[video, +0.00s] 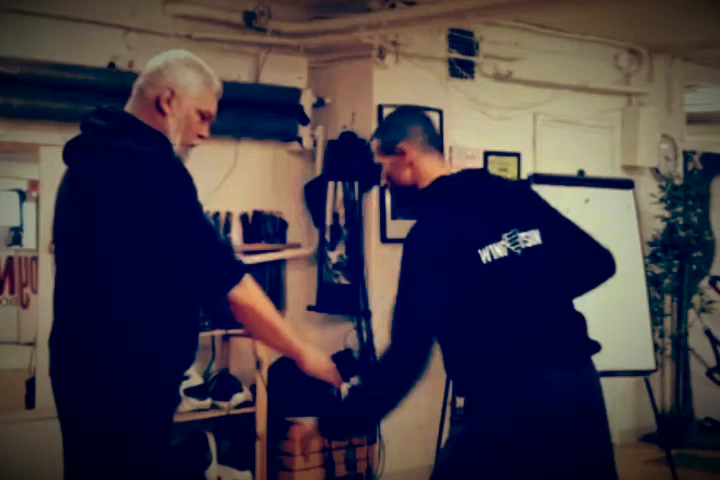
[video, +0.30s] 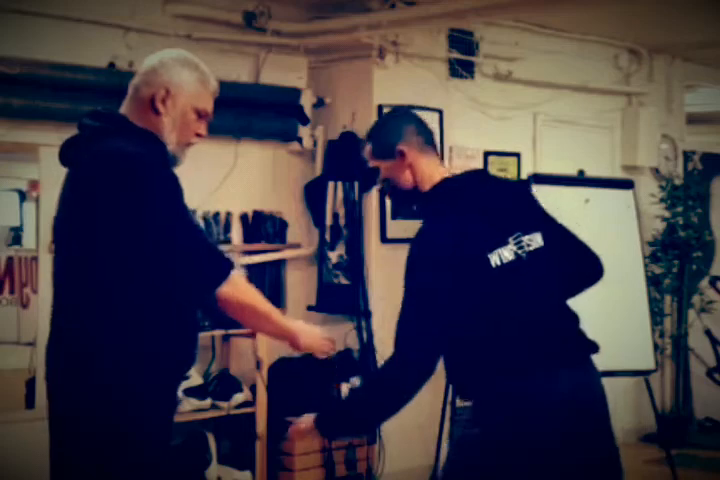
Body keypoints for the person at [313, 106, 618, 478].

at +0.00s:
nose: (386, 178)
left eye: (384, 165)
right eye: (382, 167)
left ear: (405, 152)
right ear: (431, 146)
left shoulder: (430, 232)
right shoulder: (513, 192)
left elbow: (408, 356)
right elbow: (598, 263)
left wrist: (331, 424)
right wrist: (533, 296)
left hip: (498, 407)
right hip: (576, 393)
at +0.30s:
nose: (385, 186)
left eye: (382, 173)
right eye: (379, 176)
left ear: (406, 157)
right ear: (427, 149)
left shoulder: (434, 241)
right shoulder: (508, 192)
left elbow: (414, 360)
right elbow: (586, 266)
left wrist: (330, 423)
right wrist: (523, 298)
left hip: (501, 406)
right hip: (576, 387)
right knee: (598, 473)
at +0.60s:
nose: (404, 169)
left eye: (405, 154)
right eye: (400, 158)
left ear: (436, 140)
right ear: (444, 140)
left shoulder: (455, 232)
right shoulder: (535, 194)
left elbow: (416, 346)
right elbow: (600, 275)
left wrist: (331, 396)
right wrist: (531, 308)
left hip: (514, 403)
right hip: (584, 388)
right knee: (600, 476)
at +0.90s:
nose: (495, 144)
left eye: (503, 130)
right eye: (497, 131)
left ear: (541, 130)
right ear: (544, 130)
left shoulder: (546, 215)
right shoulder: (597, 195)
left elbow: (500, 341)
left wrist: (410, 385)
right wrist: (515, 299)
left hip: (566, 405)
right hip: (624, 396)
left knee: (528, 473)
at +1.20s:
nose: (551, 132)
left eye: (561, 118)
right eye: (552, 120)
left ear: (602, 122)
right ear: (598, 124)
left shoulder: (637, 186)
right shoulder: (587, 194)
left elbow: (602, 293)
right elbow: (559, 298)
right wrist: (526, 258)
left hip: (611, 379)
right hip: (588, 377)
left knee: (552, 472)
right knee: (617, 472)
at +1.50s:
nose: (539, 141)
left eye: (548, 127)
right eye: (539, 130)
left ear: (589, 129)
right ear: (584, 131)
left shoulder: (633, 207)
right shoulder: (551, 215)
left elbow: (655, 324)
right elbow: (537, 312)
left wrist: (587, 265)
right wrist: (501, 266)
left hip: (596, 390)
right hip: (556, 387)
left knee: (517, 473)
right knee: (600, 472)